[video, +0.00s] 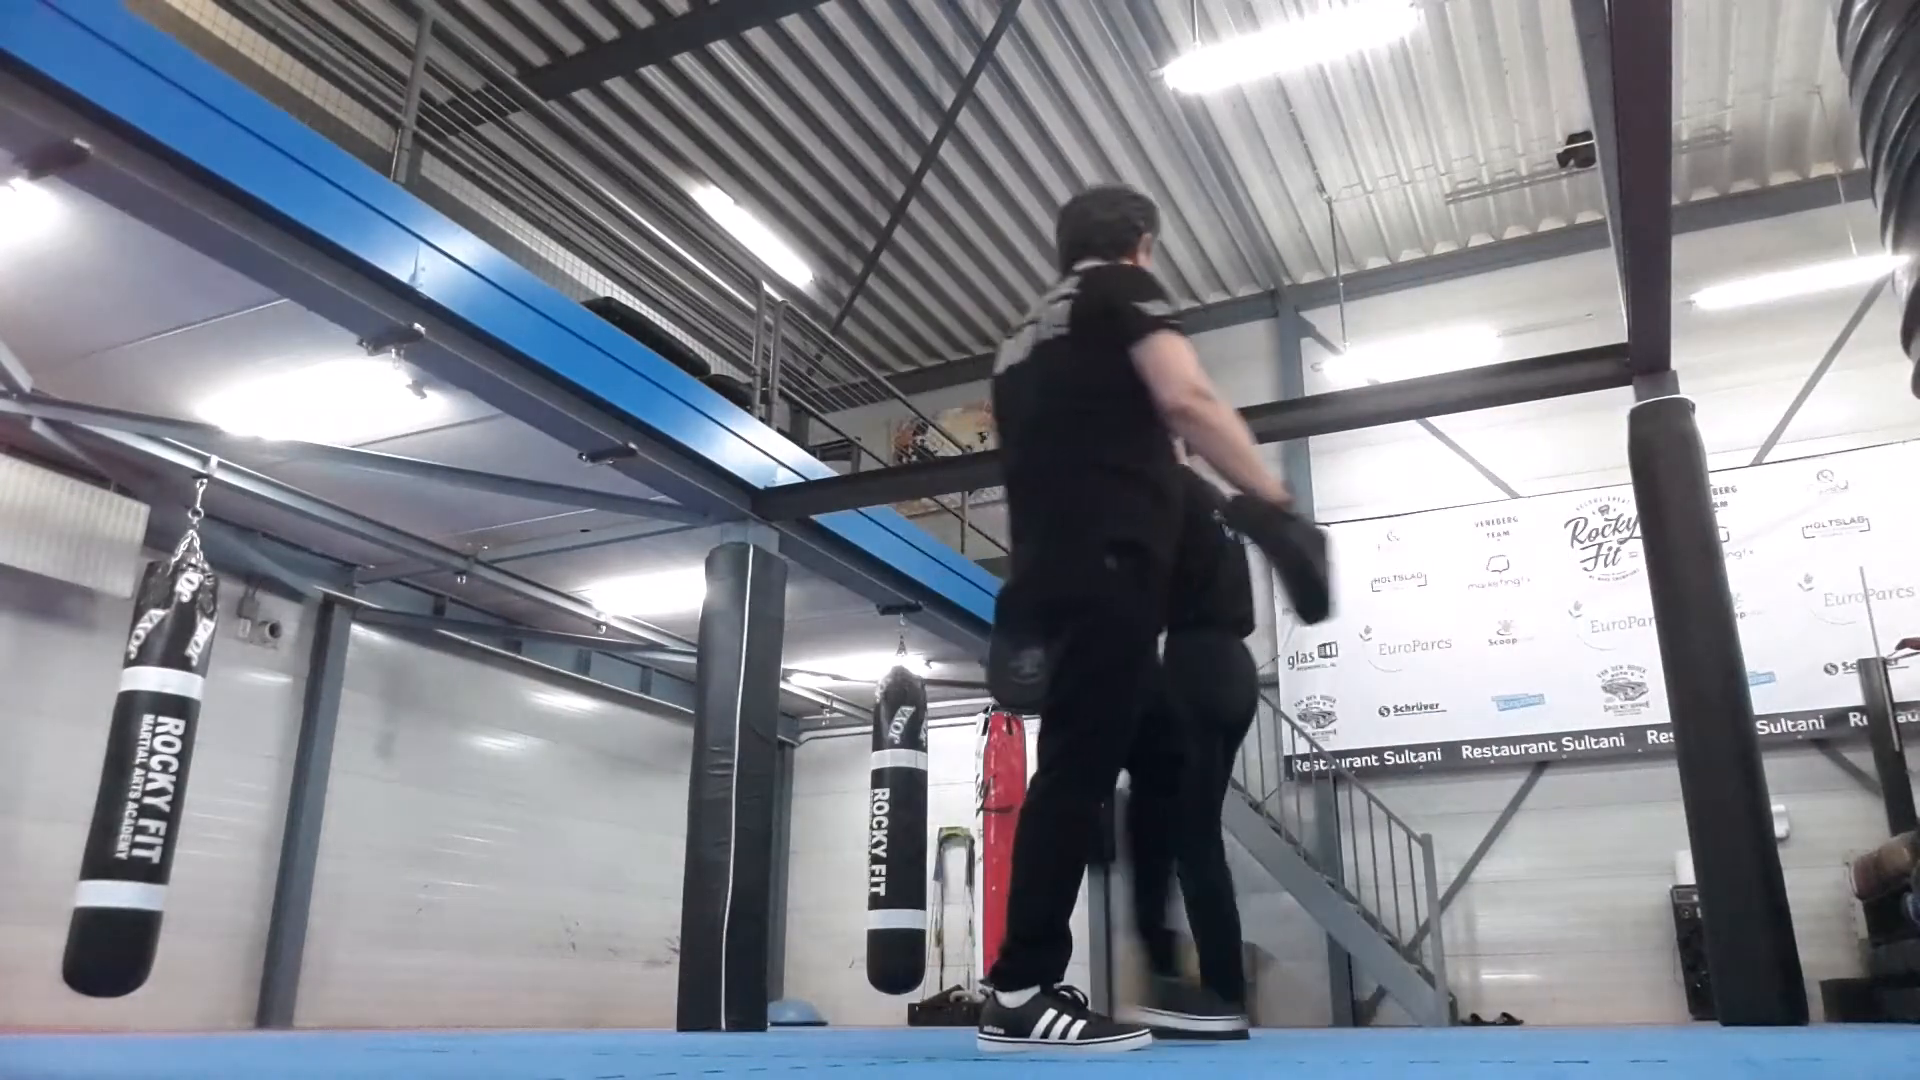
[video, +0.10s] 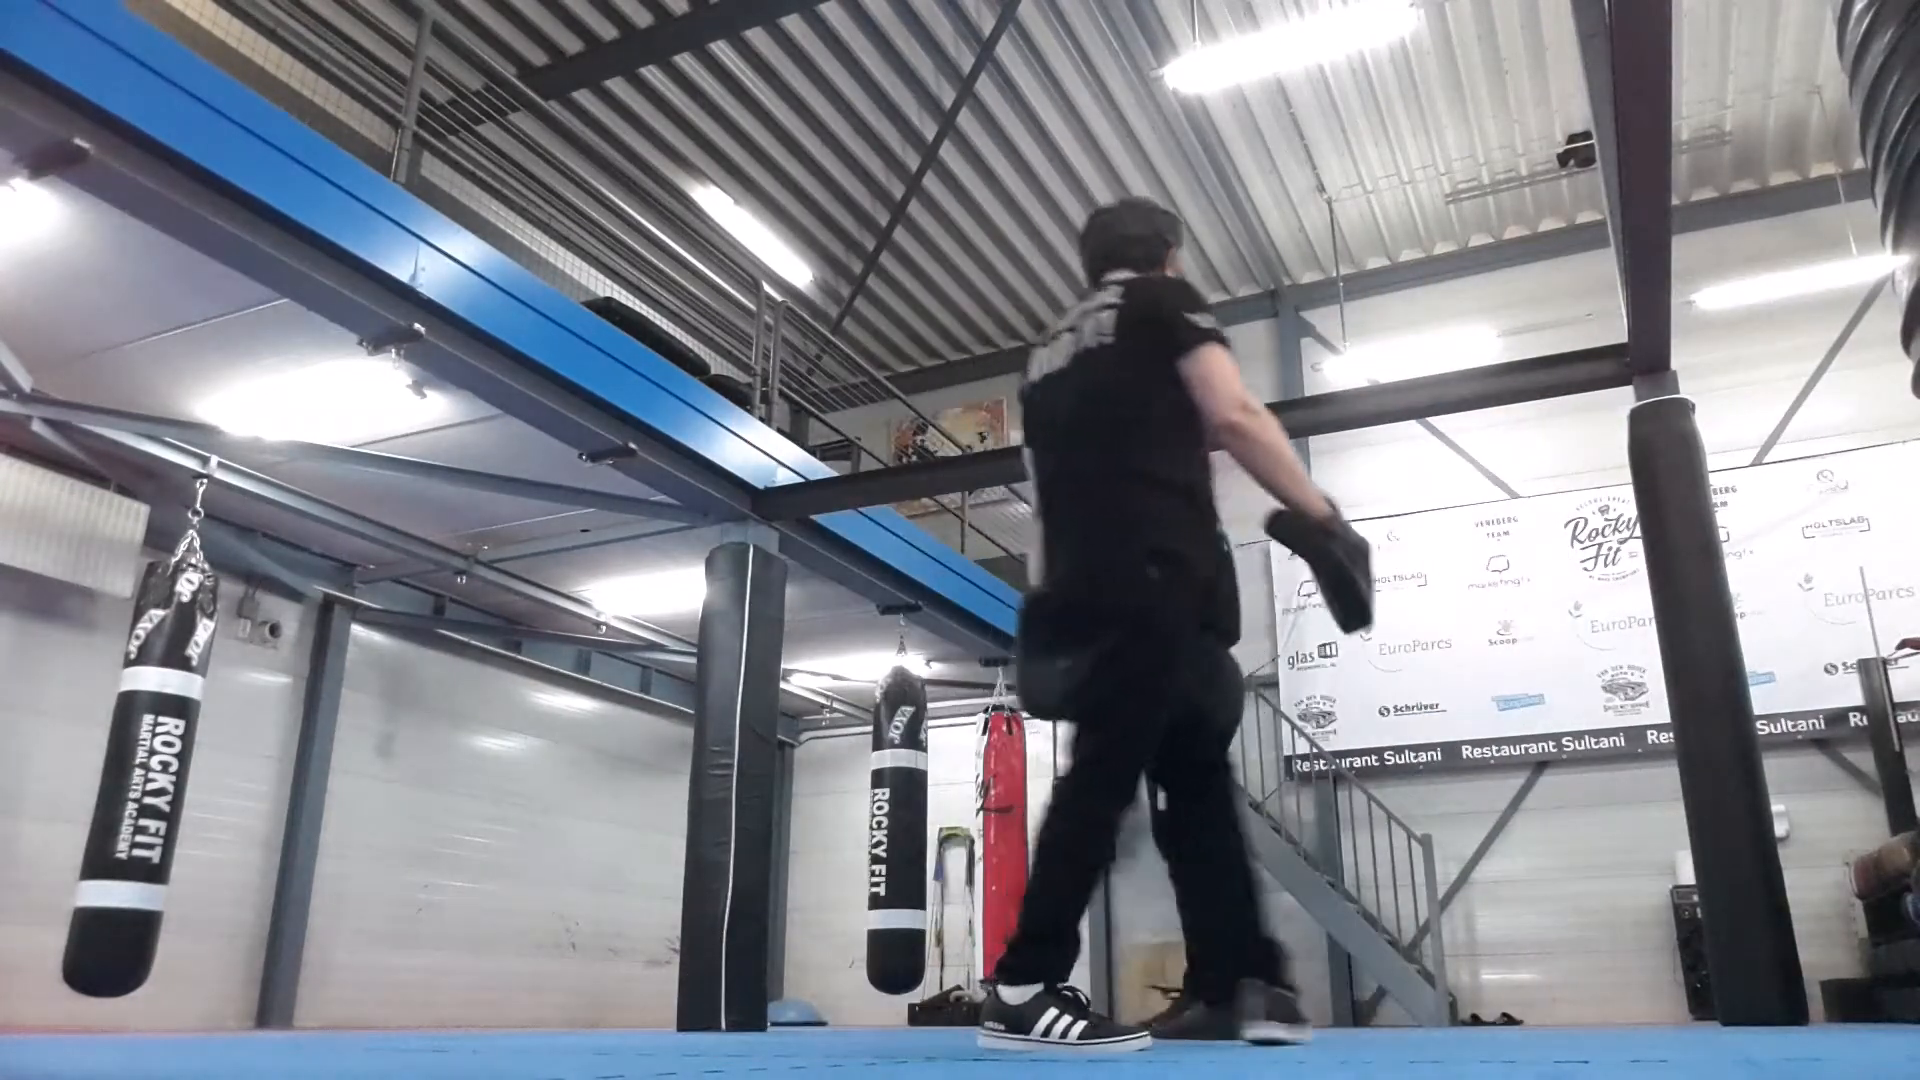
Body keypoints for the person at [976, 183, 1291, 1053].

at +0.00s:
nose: (1157, 264)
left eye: (1154, 251)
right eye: (1155, 250)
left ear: (1068, 251)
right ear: (1134, 247)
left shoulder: (1017, 345)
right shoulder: (1120, 295)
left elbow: (1046, 463)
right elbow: (1190, 403)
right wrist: (1273, 502)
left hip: (1046, 579)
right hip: (1111, 580)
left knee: (1163, 755)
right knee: (1070, 779)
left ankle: (1164, 958)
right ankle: (1022, 989)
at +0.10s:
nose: (1184, 272)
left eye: (1179, 260)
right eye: (1181, 259)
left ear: (1091, 268)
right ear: (1164, 258)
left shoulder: (1045, 359)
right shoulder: (1157, 303)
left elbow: (1048, 492)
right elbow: (1234, 419)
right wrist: (1317, 511)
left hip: (1088, 600)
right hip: (1164, 595)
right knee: (1098, 789)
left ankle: (1241, 983)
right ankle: (1024, 983)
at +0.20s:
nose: (1206, 290)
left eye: (1201, 280)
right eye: (1202, 279)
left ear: (1114, 288)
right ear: (1187, 277)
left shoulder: (1072, 372)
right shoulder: (1192, 318)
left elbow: (1068, 517)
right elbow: (1270, 434)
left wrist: (1071, 626)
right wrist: (1352, 539)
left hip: (1124, 599)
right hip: (1200, 584)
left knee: (1230, 782)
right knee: (1187, 786)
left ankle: (1277, 997)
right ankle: (1056, 957)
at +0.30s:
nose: (1215, 295)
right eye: (1210, 285)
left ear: (1126, 305)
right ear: (1204, 287)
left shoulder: (1094, 387)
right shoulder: (1228, 327)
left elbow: (1096, 535)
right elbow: (1300, 444)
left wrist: (1104, 645)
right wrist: (1370, 549)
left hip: (1147, 614)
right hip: (1241, 596)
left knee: (1236, 798)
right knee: (1305, 780)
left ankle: (1279, 993)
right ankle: (1145, 893)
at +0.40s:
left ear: (1142, 309)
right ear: (1222, 289)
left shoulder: (1114, 386)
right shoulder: (1260, 329)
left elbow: (1110, 526)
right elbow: (1326, 433)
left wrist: (1132, 634)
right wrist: (1391, 544)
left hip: (1172, 614)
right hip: (1272, 590)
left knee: (1239, 790)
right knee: (1352, 755)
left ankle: (1284, 999)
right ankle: (1267, 902)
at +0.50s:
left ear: (1163, 305)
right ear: (1239, 285)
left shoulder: (1133, 376)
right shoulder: (1286, 328)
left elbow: (1125, 514)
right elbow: (1356, 430)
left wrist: (1143, 616)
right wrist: (1413, 538)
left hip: (1187, 603)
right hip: (1296, 585)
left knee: (1244, 791)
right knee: (1359, 762)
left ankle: (1280, 998)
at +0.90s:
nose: (1193, 348)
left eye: (1191, 338)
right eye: (1196, 339)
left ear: (1204, 333)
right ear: (1271, 322)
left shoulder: (1189, 384)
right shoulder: (1345, 380)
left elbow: (1151, 498)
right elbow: (1394, 499)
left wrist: (1113, 605)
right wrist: (1391, 602)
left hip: (1221, 619)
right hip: (1335, 619)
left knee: (1177, 793)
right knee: (1382, 797)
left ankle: (1153, 975)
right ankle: (1450, 989)